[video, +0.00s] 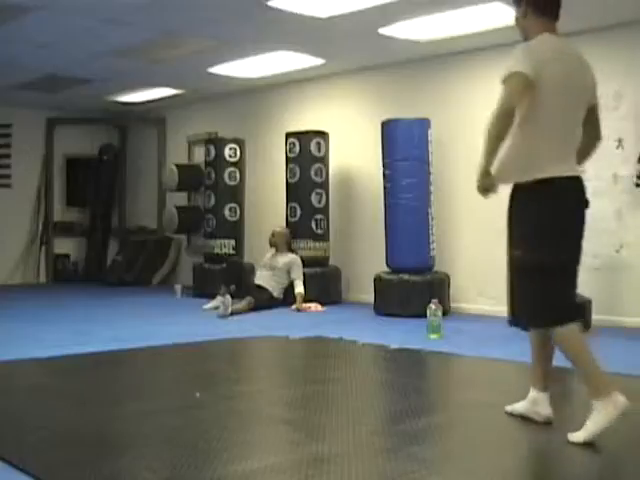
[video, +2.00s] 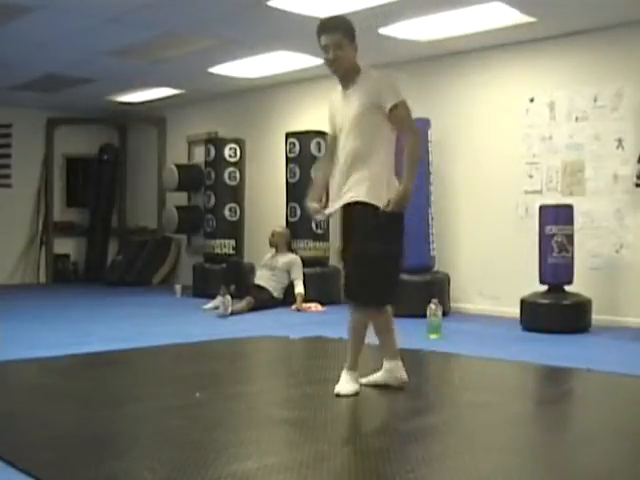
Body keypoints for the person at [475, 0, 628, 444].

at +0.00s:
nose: (516, 23)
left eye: (518, 15)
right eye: (517, 15)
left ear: (528, 13)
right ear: (556, 15)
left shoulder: (530, 54)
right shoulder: (579, 62)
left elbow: (505, 111)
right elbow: (592, 133)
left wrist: (485, 165)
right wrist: (562, 168)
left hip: (535, 192)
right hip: (568, 190)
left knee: (546, 302)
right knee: (542, 299)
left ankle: (606, 396)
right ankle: (538, 397)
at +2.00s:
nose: (330, 56)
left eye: (336, 48)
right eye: (325, 50)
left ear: (355, 46)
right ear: (322, 54)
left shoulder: (380, 83)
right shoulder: (338, 100)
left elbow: (412, 132)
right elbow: (333, 153)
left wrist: (407, 185)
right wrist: (318, 187)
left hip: (376, 198)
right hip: (348, 200)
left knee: (360, 287)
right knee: (369, 287)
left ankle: (350, 371)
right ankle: (393, 364)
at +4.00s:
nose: (245, 128)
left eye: (245, 118)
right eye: (236, 126)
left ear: (255, 109)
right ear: (233, 131)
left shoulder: (302, 141)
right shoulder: (246, 160)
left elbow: (306, 202)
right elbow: (252, 213)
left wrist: (297, 255)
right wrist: (251, 263)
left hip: (319, 228)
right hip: (278, 231)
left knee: (344, 290)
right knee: (230, 290)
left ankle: (356, 362)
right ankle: (258, 357)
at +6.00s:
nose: (183, 142)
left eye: (181, 134)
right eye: (178, 137)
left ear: (193, 120)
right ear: (187, 128)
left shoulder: (234, 135)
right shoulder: (204, 155)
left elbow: (286, 153)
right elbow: (225, 186)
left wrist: (280, 199)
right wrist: (223, 220)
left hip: (263, 224)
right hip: (233, 229)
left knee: (261, 295)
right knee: (208, 291)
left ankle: (300, 345)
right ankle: (232, 347)